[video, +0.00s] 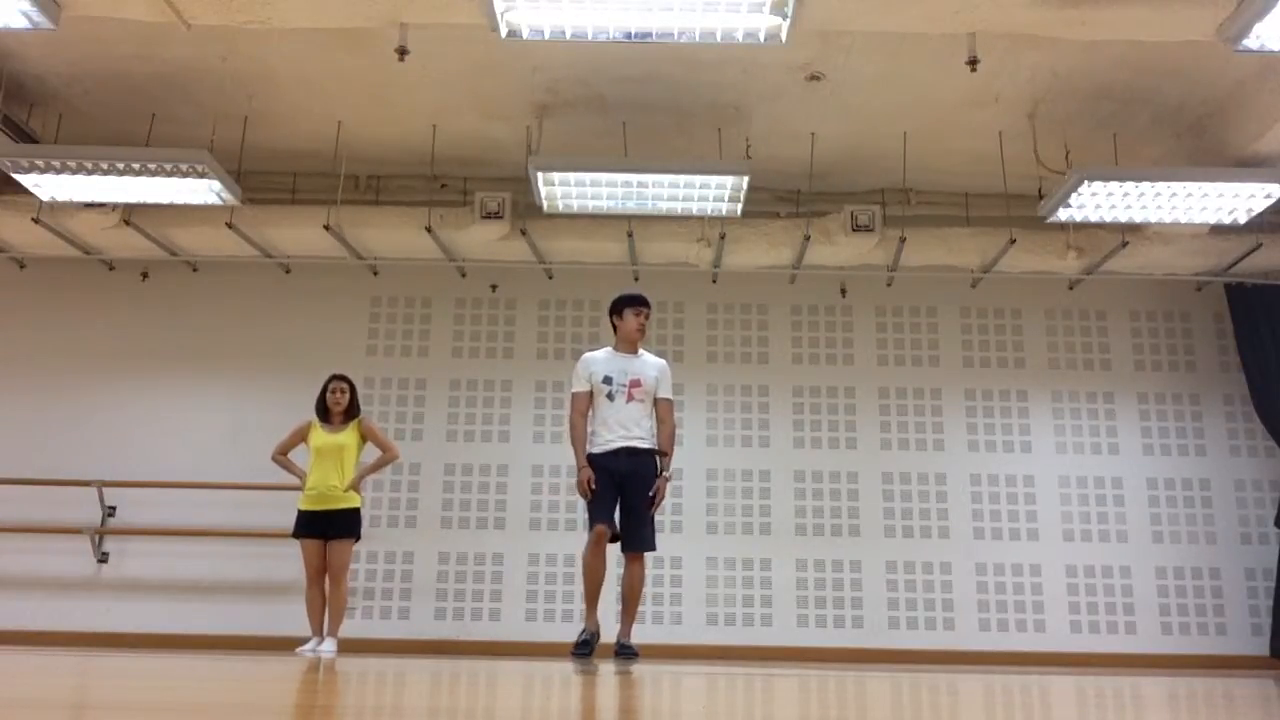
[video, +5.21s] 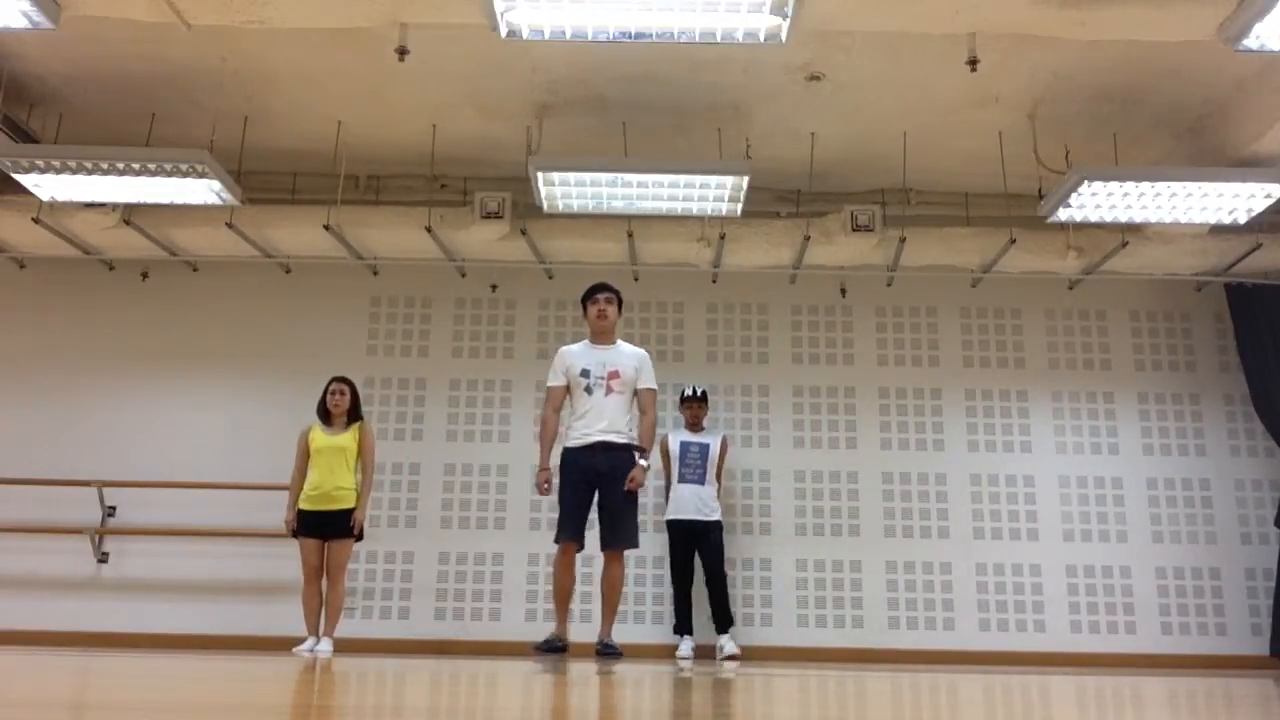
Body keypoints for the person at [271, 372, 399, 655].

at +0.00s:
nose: (337, 396)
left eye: (343, 392)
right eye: (332, 391)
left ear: (351, 397)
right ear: (324, 396)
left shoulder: (360, 426)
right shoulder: (311, 427)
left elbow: (393, 453)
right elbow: (277, 454)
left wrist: (361, 476)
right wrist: (302, 475)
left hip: (344, 507)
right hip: (311, 506)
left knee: (337, 577)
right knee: (313, 576)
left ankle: (332, 637)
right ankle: (316, 636)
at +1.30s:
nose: (336, 396)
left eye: (342, 392)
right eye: (332, 392)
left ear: (352, 397)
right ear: (325, 397)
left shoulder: (361, 427)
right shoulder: (313, 427)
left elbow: (391, 451)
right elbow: (280, 454)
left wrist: (357, 446)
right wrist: (302, 472)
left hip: (343, 507)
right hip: (310, 506)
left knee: (335, 577)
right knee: (309, 578)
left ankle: (329, 638)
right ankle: (313, 637)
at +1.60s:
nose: (338, 396)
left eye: (343, 392)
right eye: (333, 391)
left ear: (351, 398)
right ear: (325, 396)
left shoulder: (358, 427)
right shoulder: (313, 426)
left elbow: (375, 431)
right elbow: (281, 453)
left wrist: (362, 404)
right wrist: (302, 472)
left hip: (343, 506)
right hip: (310, 505)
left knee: (334, 577)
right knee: (309, 576)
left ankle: (328, 638)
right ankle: (308, 636)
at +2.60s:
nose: (337, 397)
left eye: (342, 393)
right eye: (332, 392)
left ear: (349, 398)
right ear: (322, 396)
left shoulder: (356, 431)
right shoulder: (308, 429)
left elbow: (371, 469)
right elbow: (273, 459)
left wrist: (362, 437)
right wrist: (279, 491)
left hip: (340, 507)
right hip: (307, 506)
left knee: (330, 575)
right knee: (308, 575)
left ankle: (325, 637)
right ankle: (308, 636)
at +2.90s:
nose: (336, 396)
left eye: (342, 391)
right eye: (332, 391)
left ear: (350, 397)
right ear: (323, 396)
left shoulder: (360, 428)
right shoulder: (308, 431)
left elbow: (370, 466)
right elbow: (297, 471)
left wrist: (338, 474)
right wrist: (299, 503)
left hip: (341, 509)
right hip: (309, 509)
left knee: (334, 574)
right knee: (308, 575)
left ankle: (328, 637)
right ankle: (309, 636)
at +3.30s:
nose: (337, 396)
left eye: (342, 392)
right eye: (332, 392)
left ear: (351, 398)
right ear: (324, 397)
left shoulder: (362, 430)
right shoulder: (310, 433)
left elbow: (374, 470)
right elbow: (301, 475)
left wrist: (365, 503)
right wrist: (290, 509)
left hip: (343, 508)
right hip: (309, 508)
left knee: (335, 577)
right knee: (310, 577)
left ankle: (328, 637)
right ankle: (310, 636)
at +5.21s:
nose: (336, 398)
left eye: (342, 394)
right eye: (332, 393)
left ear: (352, 399)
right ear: (325, 398)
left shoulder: (361, 430)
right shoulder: (310, 432)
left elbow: (367, 472)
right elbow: (298, 473)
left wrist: (361, 508)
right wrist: (291, 508)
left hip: (343, 509)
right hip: (309, 507)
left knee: (335, 575)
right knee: (311, 575)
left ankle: (327, 637)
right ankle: (311, 636)